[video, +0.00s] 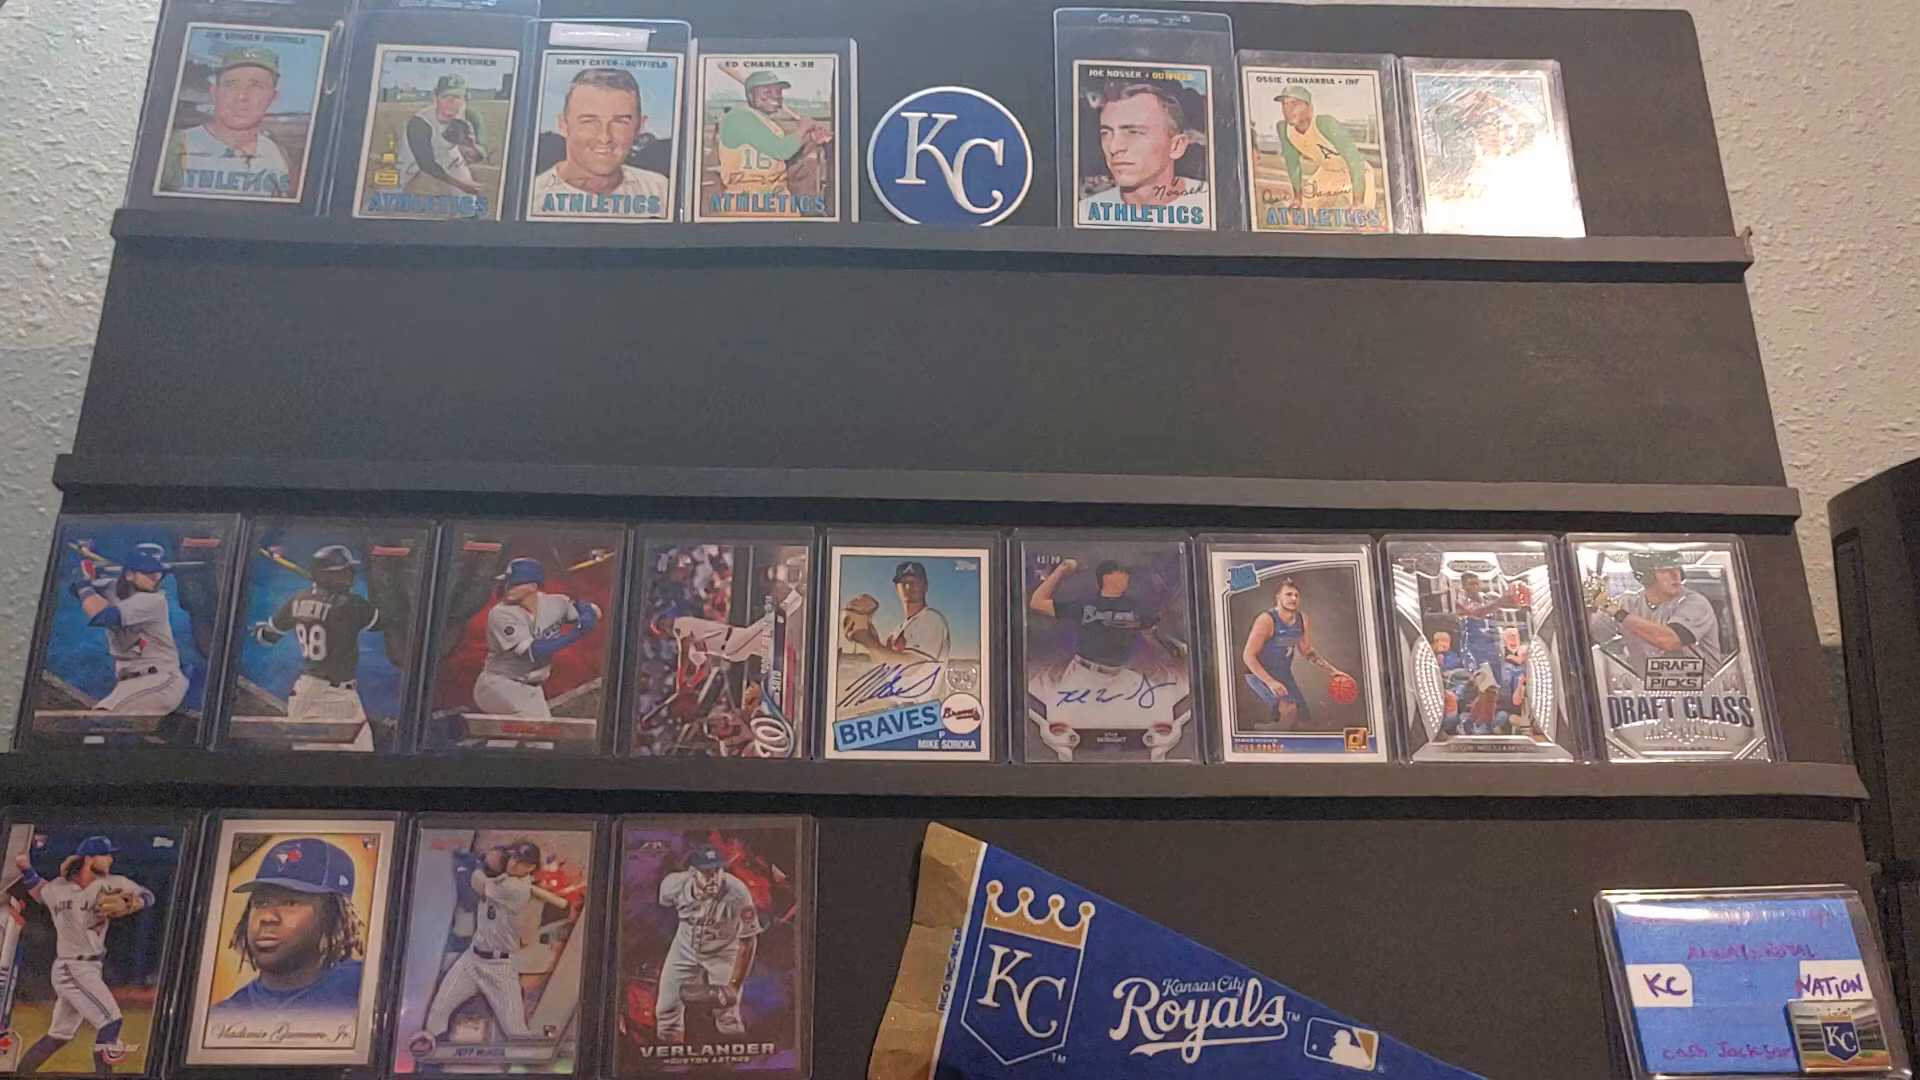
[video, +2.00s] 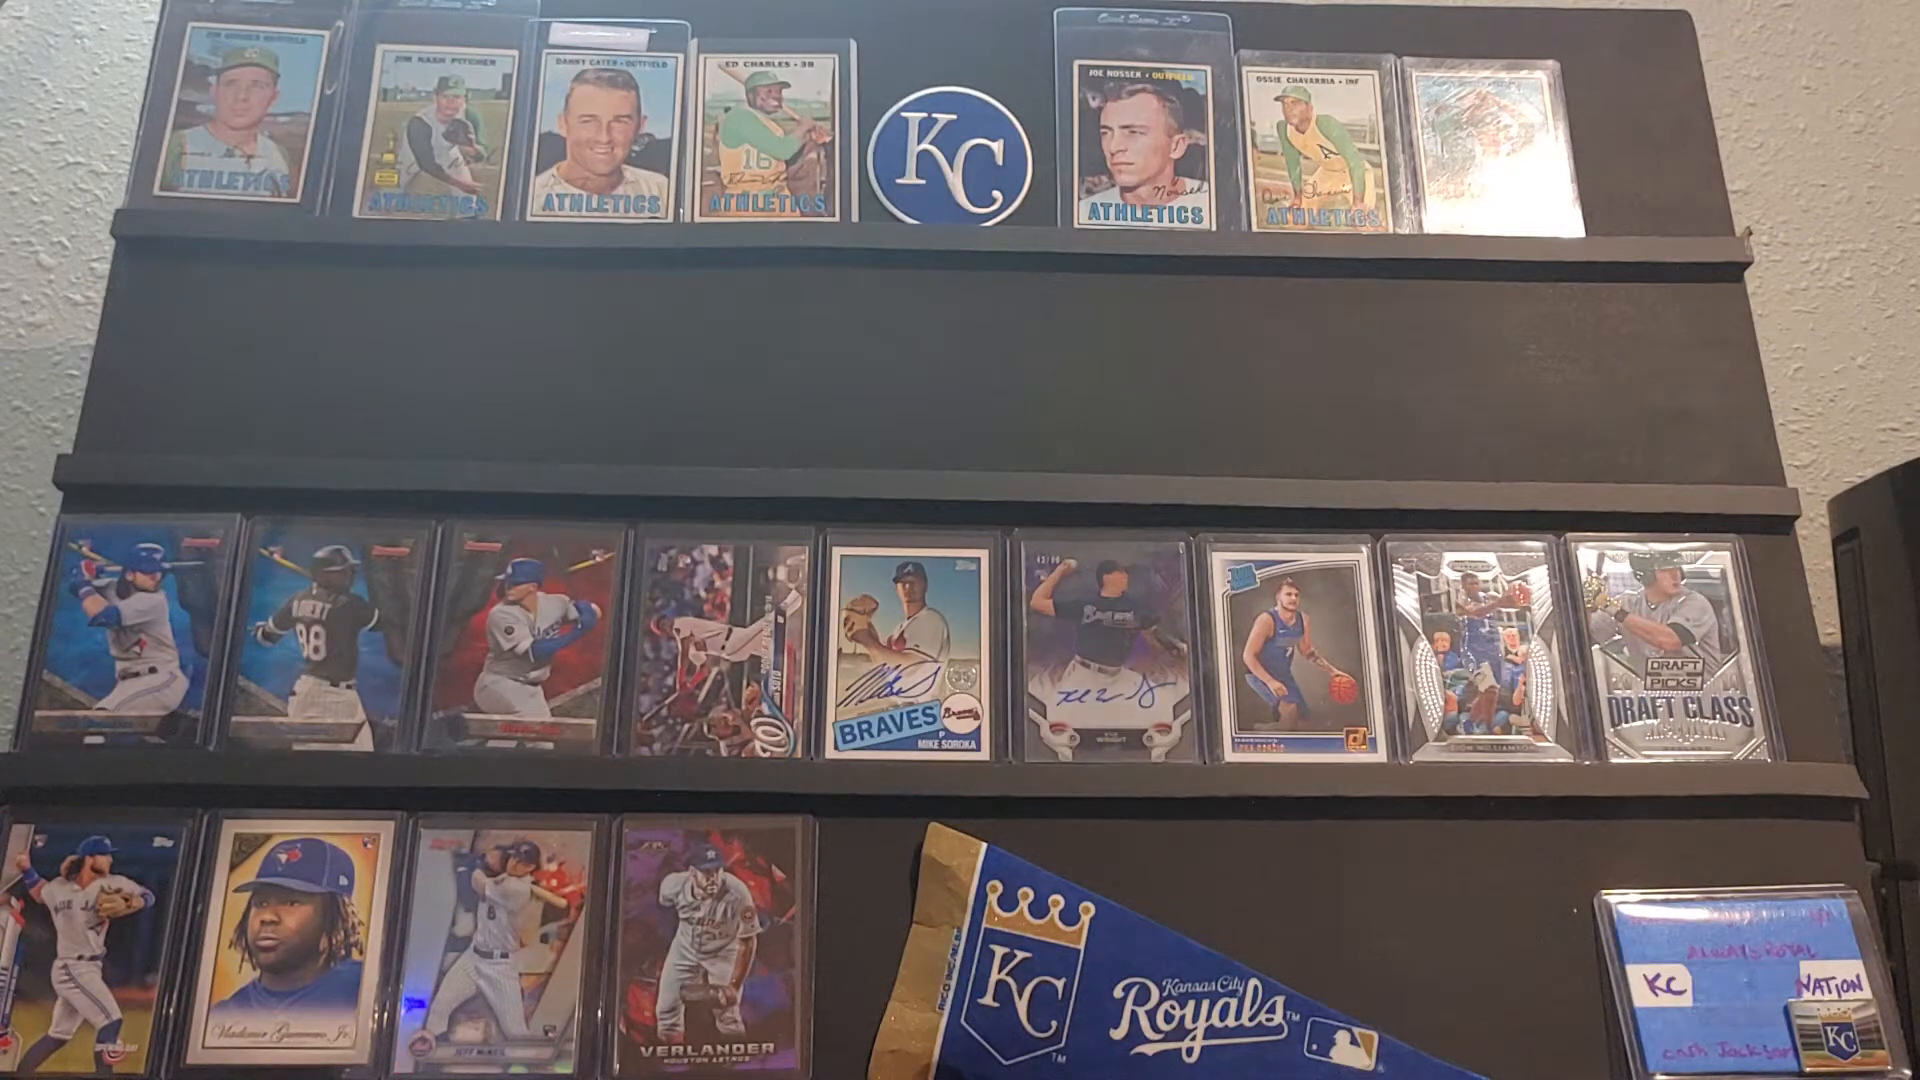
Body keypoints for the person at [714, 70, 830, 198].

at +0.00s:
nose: (776, 97)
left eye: (779, 92)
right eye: (767, 92)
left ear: (782, 93)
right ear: (751, 96)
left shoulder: (770, 124)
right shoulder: (740, 118)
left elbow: (786, 161)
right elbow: (782, 151)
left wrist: (810, 142)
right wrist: (802, 130)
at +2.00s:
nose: (777, 97)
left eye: (779, 92)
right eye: (770, 91)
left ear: (782, 93)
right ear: (752, 95)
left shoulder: (774, 127)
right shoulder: (738, 117)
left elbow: (784, 170)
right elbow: (783, 151)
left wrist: (811, 144)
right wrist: (803, 128)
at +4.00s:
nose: (777, 98)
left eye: (779, 92)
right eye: (770, 92)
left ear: (782, 93)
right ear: (753, 94)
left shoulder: (775, 128)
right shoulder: (738, 117)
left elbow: (784, 172)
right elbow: (781, 151)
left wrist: (811, 143)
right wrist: (803, 128)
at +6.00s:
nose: (776, 97)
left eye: (778, 91)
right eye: (768, 92)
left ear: (782, 93)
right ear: (752, 96)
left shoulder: (773, 126)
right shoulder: (739, 117)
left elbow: (784, 168)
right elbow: (783, 151)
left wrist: (811, 143)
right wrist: (803, 128)